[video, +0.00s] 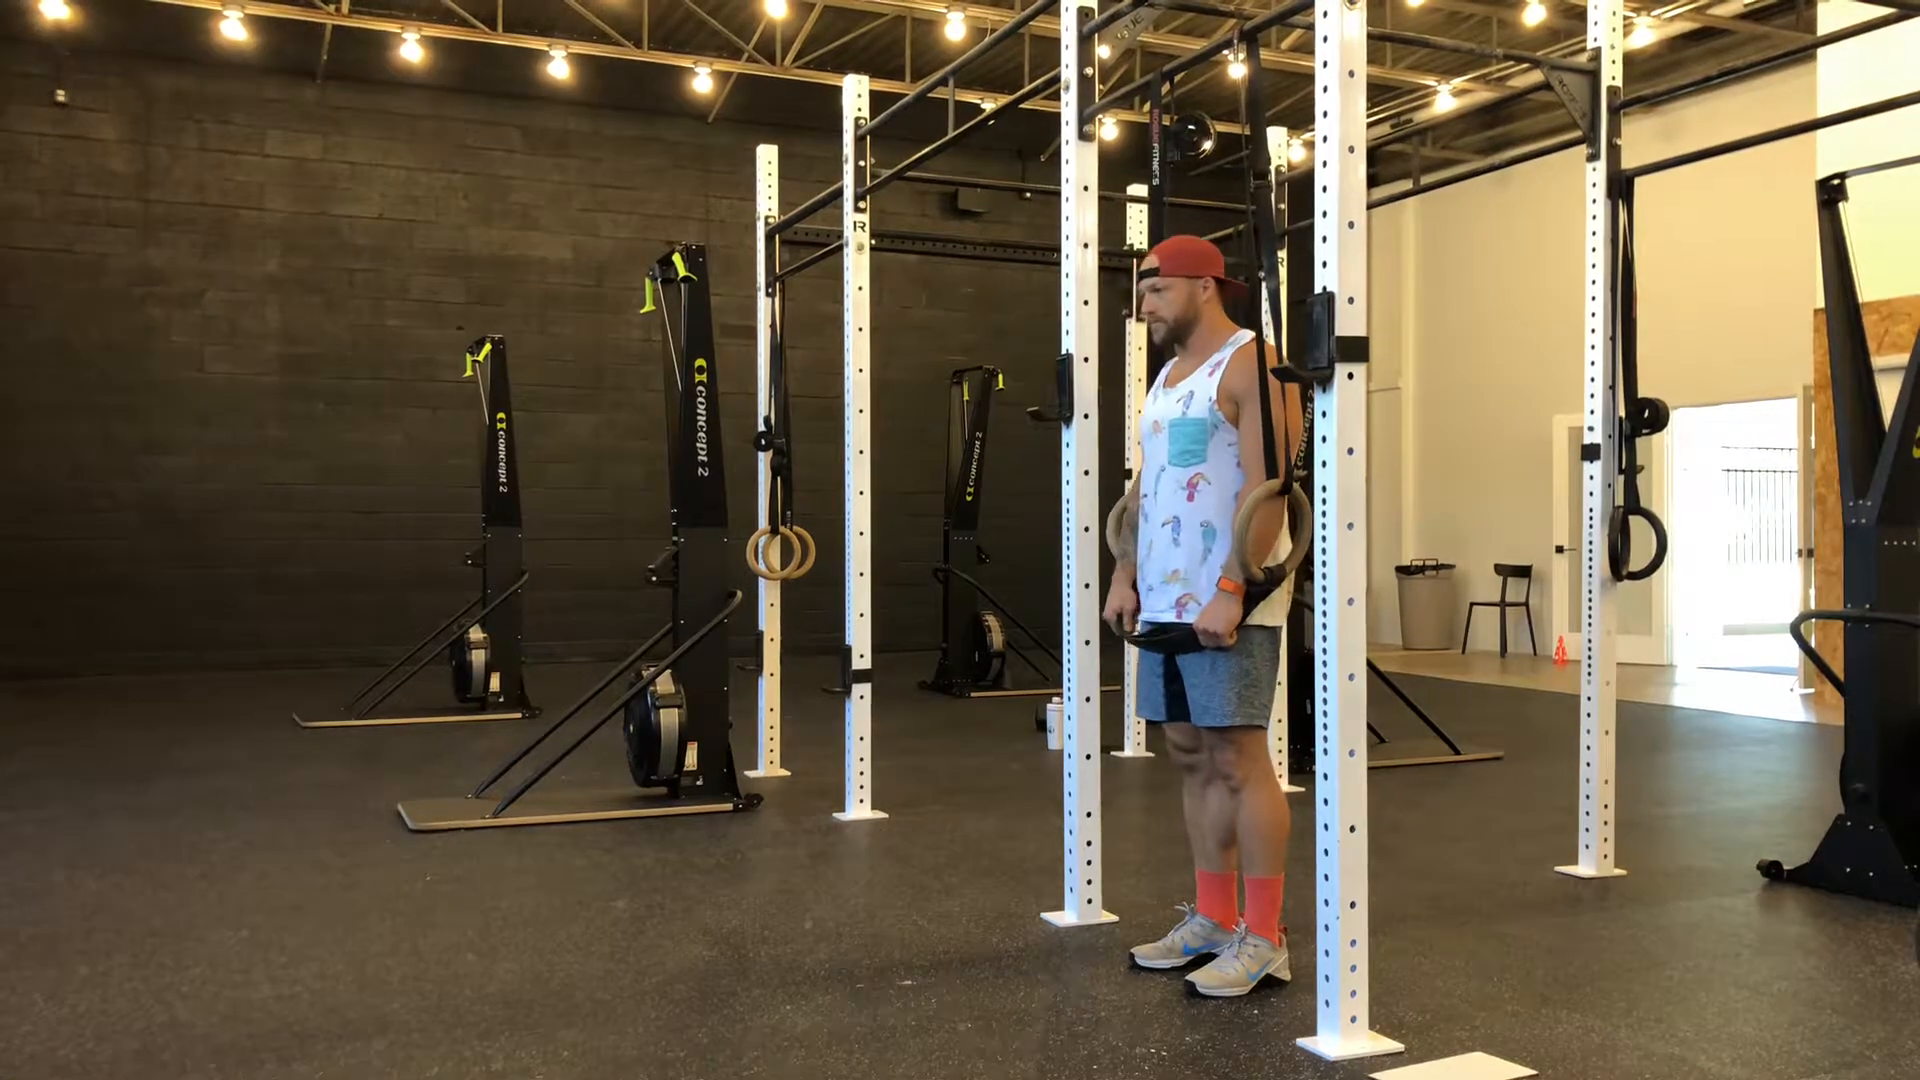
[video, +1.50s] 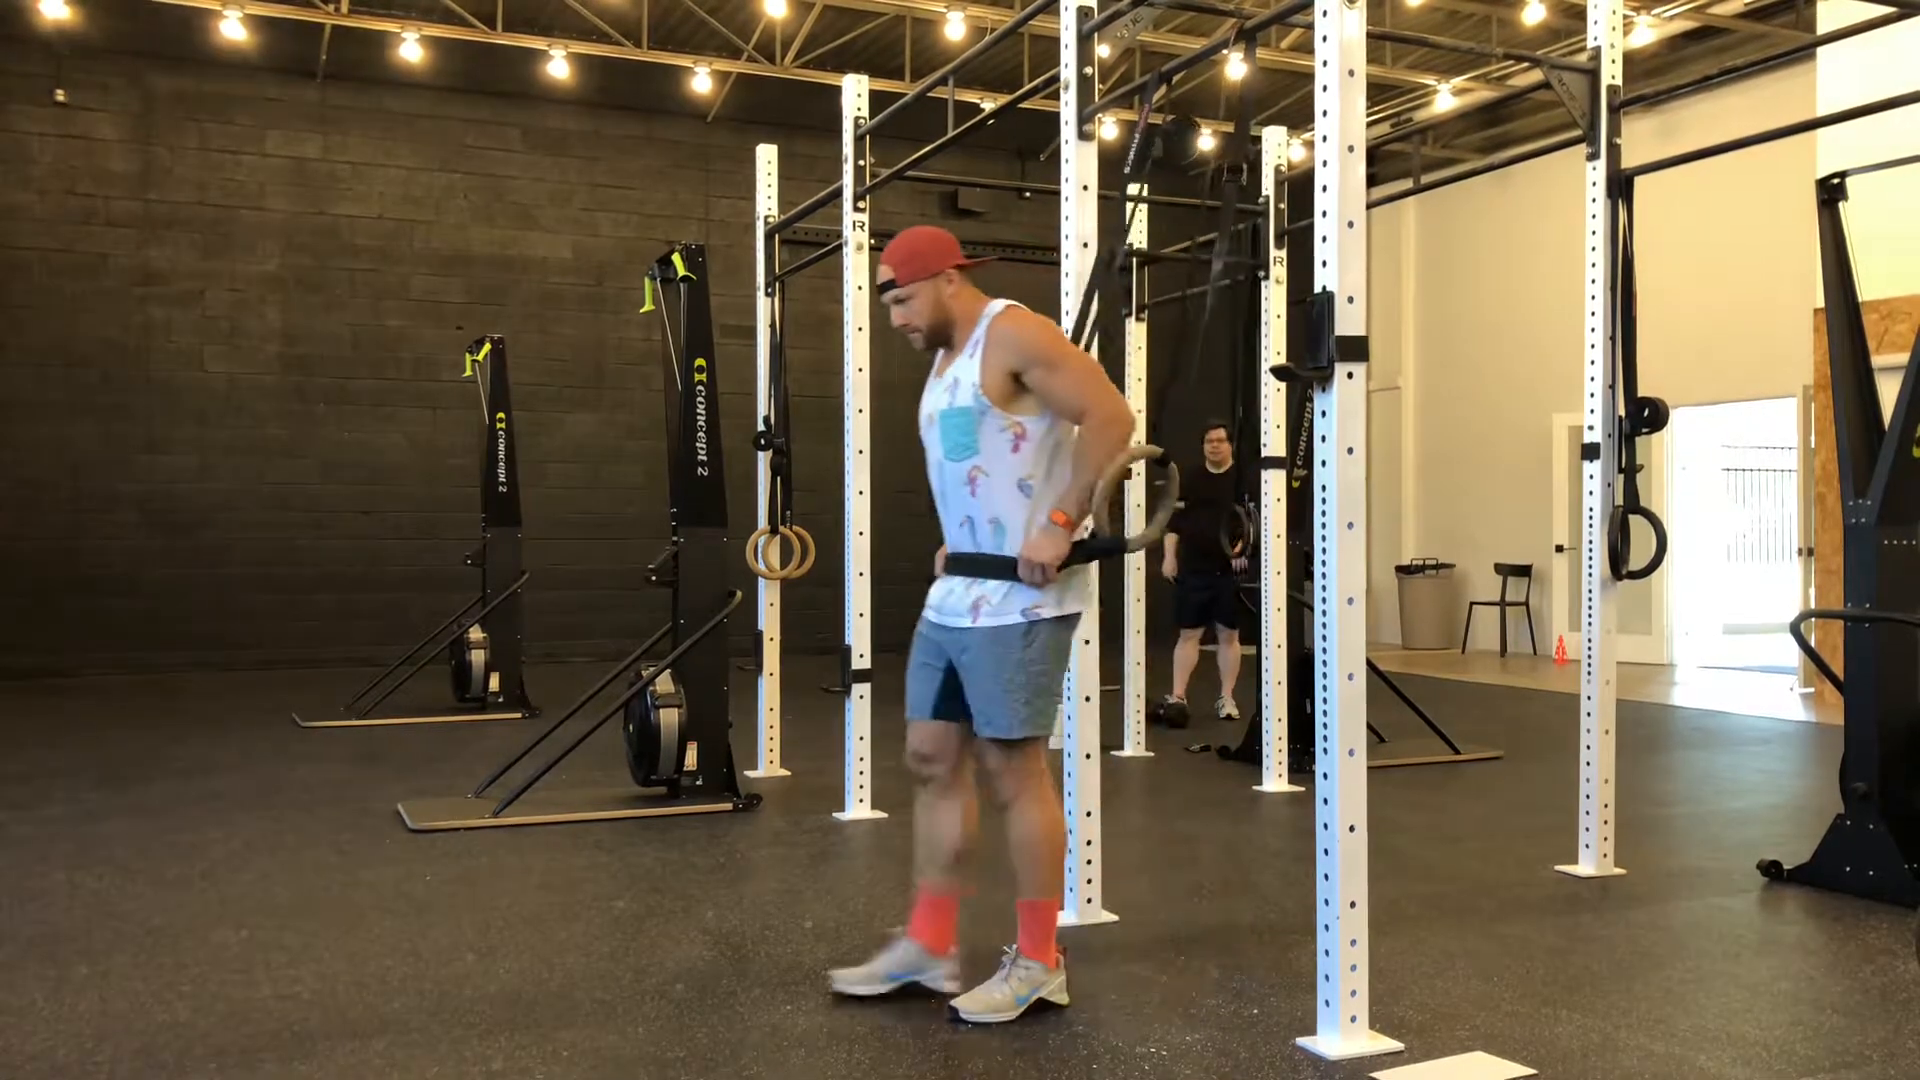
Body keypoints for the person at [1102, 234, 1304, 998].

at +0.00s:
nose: (1143, 296)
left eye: (1156, 282)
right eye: (1142, 285)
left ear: (1203, 288)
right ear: (1169, 295)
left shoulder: (1251, 364)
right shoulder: (1168, 375)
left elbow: (1267, 489)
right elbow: (1153, 491)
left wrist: (1233, 587)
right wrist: (1127, 571)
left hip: (1230, 604)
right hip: (1168, 605)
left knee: (1243, 762)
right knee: (1192, 759)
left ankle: (1263, 939)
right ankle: (1212, 921)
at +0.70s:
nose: (1107, 309)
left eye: (1118, 295)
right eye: (1104, 297)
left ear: (1163, 298)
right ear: (1124, 304)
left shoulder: (1210, 363)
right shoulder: (1131, 377)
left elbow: (1243, 480)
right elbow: (1110, 477)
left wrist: (1187, 565)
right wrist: (1076, 544)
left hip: (1197, 591)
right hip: (1149, 589)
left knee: (1133, 742)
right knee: (1187, 754)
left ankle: (1207, 919)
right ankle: (1219, 917)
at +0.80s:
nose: (1083, 313)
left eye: (1094, 298)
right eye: (1079, 301)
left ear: (1140, 299)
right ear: (1095, 309)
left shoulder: (1193, 368)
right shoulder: (1111, 380)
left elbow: (1232, 484)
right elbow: (1097, 475)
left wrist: (1173, 559)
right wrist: (1062, 536)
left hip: (1180, 596)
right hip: (1134, 595)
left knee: (1116, 750)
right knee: (1178, 759)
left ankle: (1113, 948)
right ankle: (1217, 924)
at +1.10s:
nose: (994, 320)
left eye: (1005, 305)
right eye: (991, 307)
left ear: (1055, 301)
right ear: (1029, 309)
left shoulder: (1115, 368)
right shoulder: (1034, 381)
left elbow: (1190, 465)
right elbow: (1048, 486)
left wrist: (1118, 542)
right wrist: (1011, 540)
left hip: (1098, 596)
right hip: (1056, 594)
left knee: (1030, 757)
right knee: (1094, 762)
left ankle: (1038, 959)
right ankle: (1193, 894)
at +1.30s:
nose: (942, 314)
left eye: (951, 296)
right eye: (938, 299)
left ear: (998, 286)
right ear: (981, 294)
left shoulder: (1067, 349)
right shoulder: (995, 365)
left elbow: (1150, 436)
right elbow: (1037, 469)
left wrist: (1087, 523)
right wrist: (992, 530)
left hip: (1057, 597)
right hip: (998, 591)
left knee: (1027, 764)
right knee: (975, 751)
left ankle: (1038, 964)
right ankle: (1109, 870)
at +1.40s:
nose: (914, 315)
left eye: (921, 297)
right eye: (909, 301)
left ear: (968, 283)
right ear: (951, 292)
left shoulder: (1038, 340)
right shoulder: (968, 362)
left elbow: (1130, 423)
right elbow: (1003, 471)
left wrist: (1074, 522)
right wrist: (970, 543)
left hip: (1034, 603)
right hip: (971, 596)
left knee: (1023, 767)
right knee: (940, 748)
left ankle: (1040, 960)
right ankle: (1005, 920)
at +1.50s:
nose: (893, 313)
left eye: (900, 294)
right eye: (888, 298)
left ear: (947, 280)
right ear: (930, 288)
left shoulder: (1016, 335)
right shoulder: (943, 367)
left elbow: (1111, 418)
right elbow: (983, 474)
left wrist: (1060, 521)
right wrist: (953, 554)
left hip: (1017, 602)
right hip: (955, 598)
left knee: (1017, 768)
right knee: (934, 757)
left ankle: (1036, 962)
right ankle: (929, 947)